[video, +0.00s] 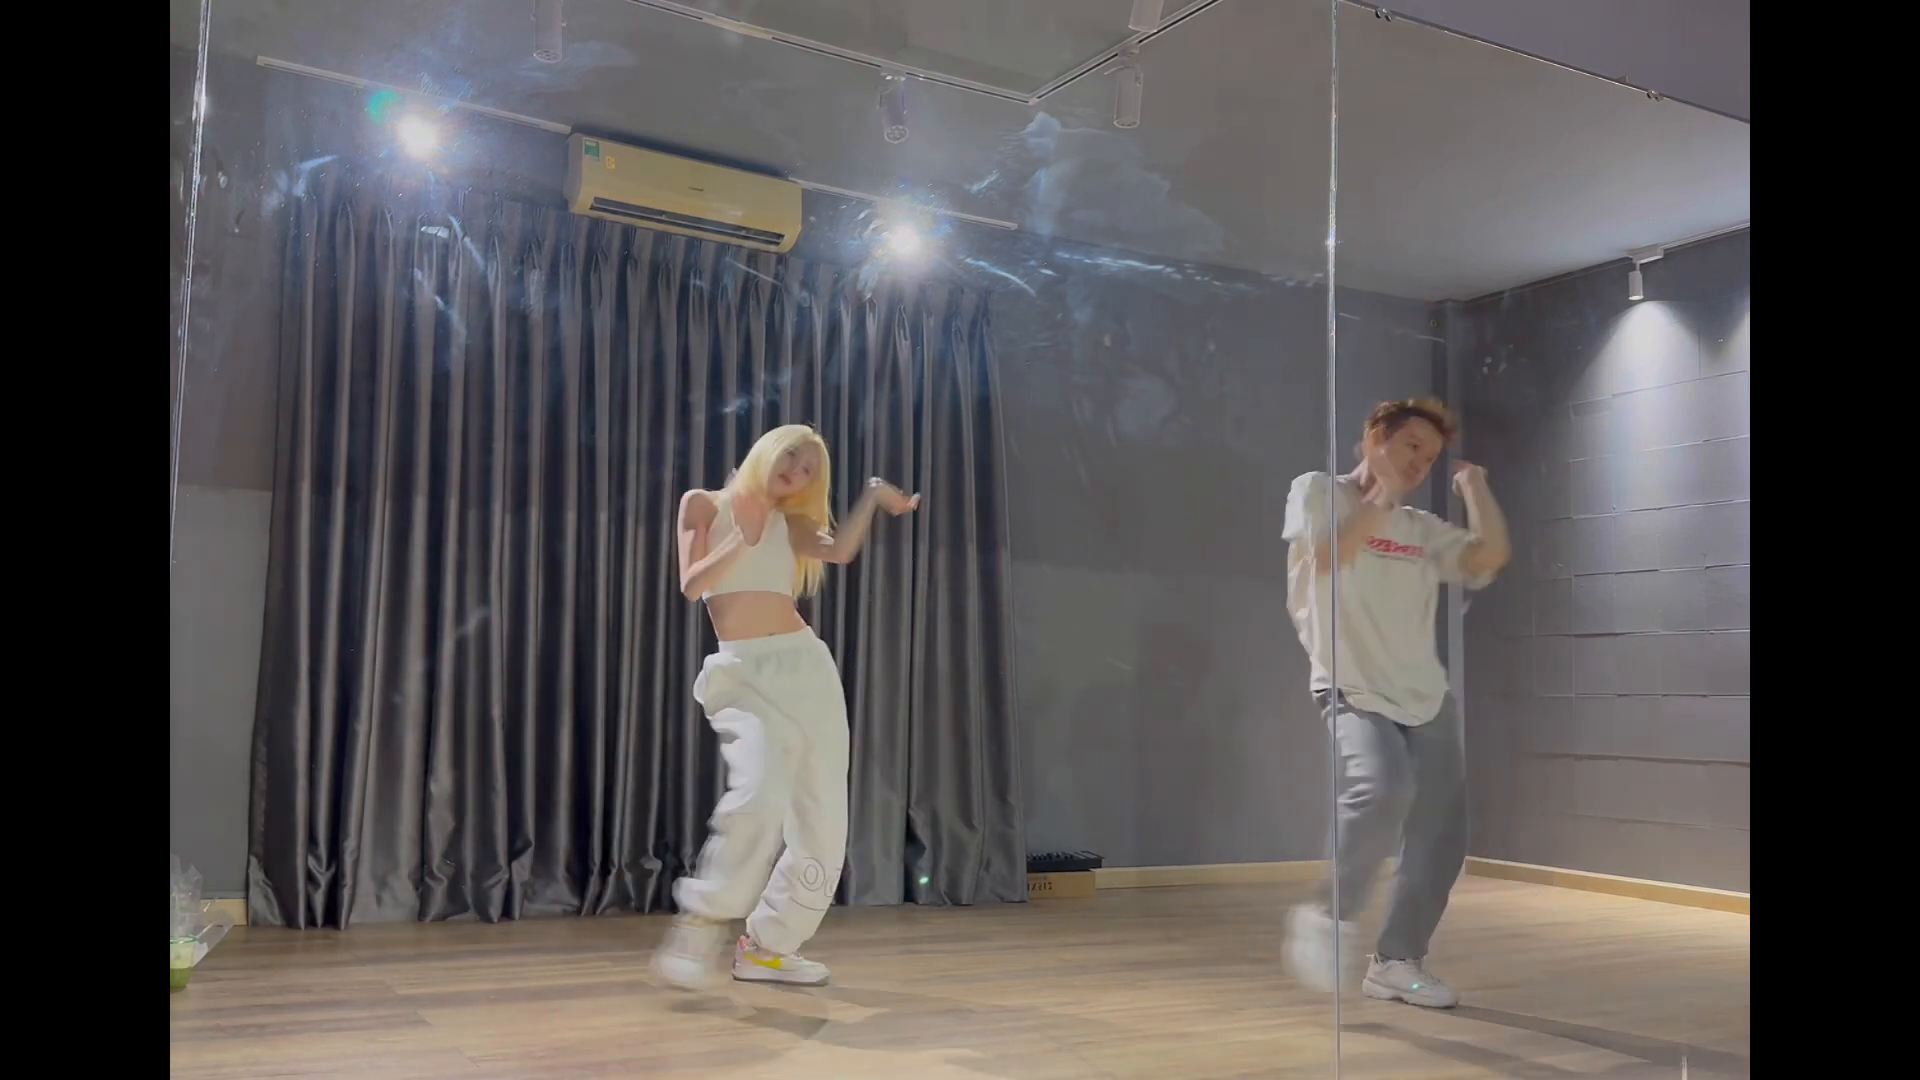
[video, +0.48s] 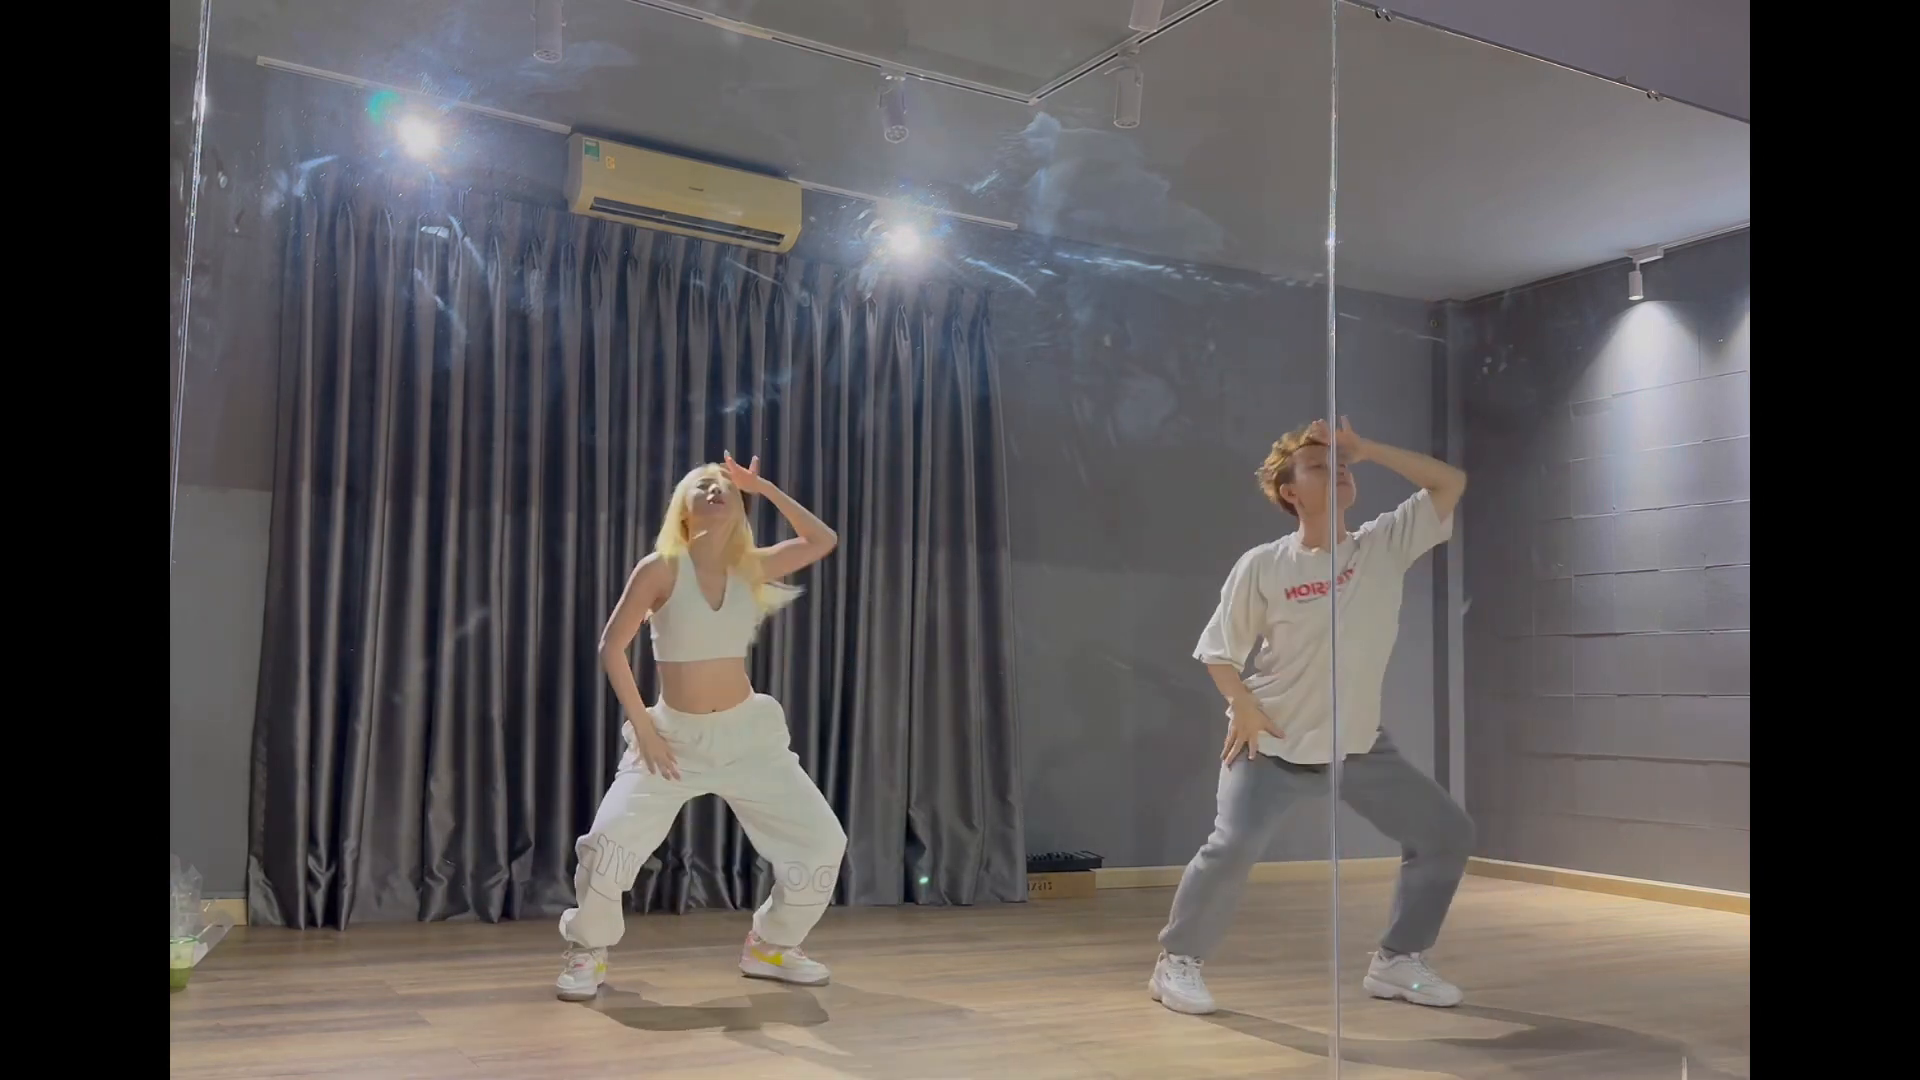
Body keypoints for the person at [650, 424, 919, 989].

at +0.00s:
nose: (796, 476)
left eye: (807, 474)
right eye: (792, 461)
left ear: (808, 484)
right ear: (767, 455)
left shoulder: (794, 523)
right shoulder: (705, 505)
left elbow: (842, 550)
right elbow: (691, 584)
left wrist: (873, 495)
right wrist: (740, 540)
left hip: (808, 670)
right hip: (743, 674)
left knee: (822, 820)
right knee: (759, 799)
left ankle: (765, 947)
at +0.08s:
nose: (769, 493)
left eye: (782, 485)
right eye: (766, 478)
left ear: (791, 485)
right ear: (747, 463)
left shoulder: (784, 519)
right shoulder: (698, 512)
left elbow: (826, 536)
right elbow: (673, 594)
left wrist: (831, 463)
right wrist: (712, 607)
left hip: (796, 679)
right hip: (732, 680)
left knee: (824, 834)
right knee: (713, 825)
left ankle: (765, 947)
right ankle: (616, 927)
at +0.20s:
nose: (748, 475)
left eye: (756, 464)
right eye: (732, 467)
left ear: (770, 476)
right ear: (707, 485)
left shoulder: (789, 532)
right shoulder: (707, 546)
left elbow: (844, 472)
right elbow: (647, 622)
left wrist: (773, 442)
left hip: (763, 721)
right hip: (698, 708)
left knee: (821, 841)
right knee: (641, 847)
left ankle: (765, 949)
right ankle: (586, 953)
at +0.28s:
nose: (736, 484)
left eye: (744, 475)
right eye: (720, 479)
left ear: (758, 487)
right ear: (701, 502)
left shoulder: (781, 552)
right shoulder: (697, 561)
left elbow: (829, 478)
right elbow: (630, 631)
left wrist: (759, 450)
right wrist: (658, 710)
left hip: (755, 733)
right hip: (684, 725)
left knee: (823, 839)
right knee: (626, 852)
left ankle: (765, 947)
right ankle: (584, 956)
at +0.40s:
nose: (717, 487)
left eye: (725, 483)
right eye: (704, 485)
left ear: (742, 502)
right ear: (688, 511)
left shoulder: (758, 561)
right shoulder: (674, 570)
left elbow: (819, 513)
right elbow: (617, 644)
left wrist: (755, 472)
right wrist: (647, 725)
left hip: (751, 739)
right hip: (673, 737)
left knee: (827, 841)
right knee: (610, 850)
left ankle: (766, 947)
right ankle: (585, 955)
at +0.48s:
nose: (712, 491)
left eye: (722, 487)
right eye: (701, 487)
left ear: (739, 512)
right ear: (684, 513)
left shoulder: (751, 568)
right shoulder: (661, 571)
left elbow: (823, 540)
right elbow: (612, 650)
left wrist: (765, 489)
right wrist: (643, 727)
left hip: (749, 737)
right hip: (669, 738)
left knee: (822, 842)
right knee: (607, 843)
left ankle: (770, 946)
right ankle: (586, 955)